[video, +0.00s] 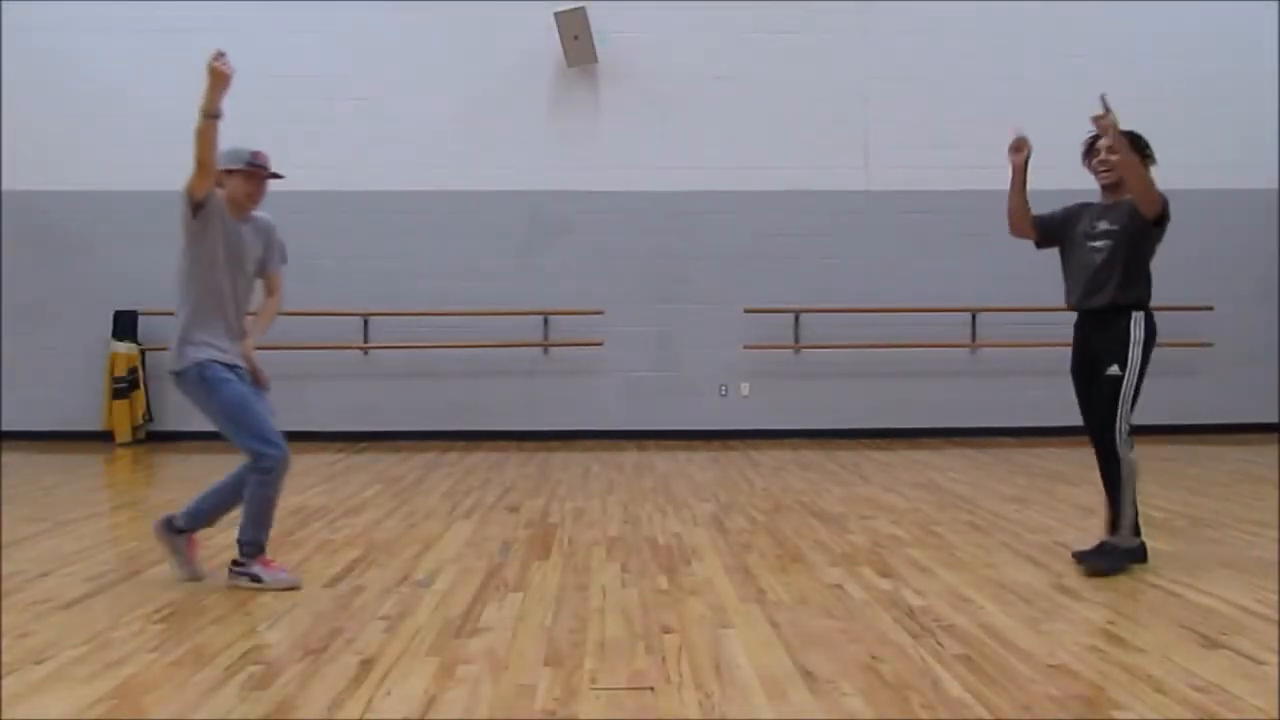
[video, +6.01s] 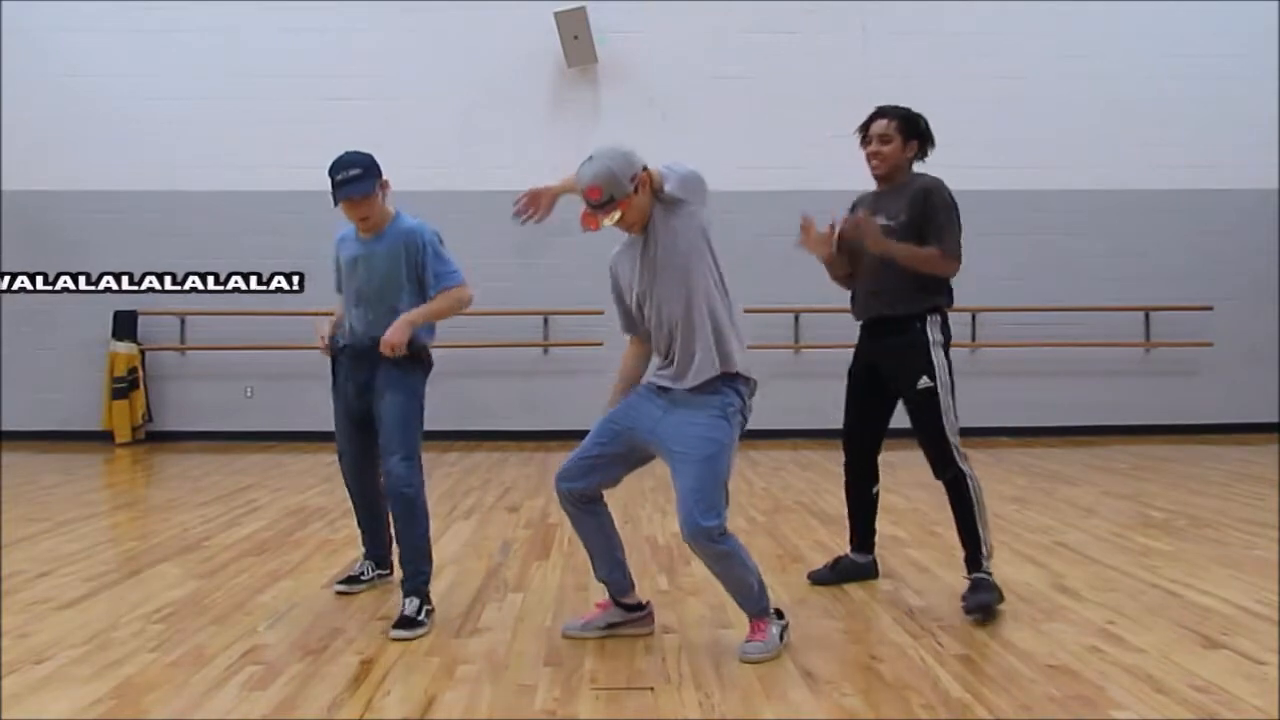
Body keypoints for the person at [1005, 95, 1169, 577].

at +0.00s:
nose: (1102, 158)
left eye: (1114, 150)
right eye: (1095, 152)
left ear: (1137, 161)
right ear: (1088, 166)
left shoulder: (1146, 212)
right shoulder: (1078, 216)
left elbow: (1146, 194)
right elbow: (1021, 227)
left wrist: (1116, 140)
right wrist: (1018, 170)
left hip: (1128, 325)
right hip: (1089, 327)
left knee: (1113, 429)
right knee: (1101, 433)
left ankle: (1126, 537)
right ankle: (1121, 533)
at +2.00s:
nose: (846, 172)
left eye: (854, 162)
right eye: (840, 163)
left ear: (881, 155)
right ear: (837, 160)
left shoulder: (904, 201)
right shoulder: (843, 206)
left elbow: (900, 273)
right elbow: (830, 273)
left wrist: (846, 243)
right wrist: (782, 248)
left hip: (883, 329)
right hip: (844, 331)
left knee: (885, 444)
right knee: (848, 442)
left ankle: (889, 555)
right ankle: (862, 546)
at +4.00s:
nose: (857, 132)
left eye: (867, 130)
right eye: (848, 129)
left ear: (882, 153)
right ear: (834, 152)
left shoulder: (900, 191)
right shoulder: (830, 203)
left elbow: (947, 244)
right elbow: (836, 267)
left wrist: (912, 283)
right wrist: (812, 243)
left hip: (886, 329)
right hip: (839, 331)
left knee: (892, 447)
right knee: (844, 446)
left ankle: (893, 557)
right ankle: (858, 551)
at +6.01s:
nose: (873, 150)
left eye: (884, 141)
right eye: (868, 142)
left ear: (912, 147)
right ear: (863, 151)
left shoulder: (931, 193)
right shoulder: (860, 207)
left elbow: (948, 261)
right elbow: (849, 277)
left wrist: (882, 245)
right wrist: (830, 253)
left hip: (921, 333)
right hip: (875, 336)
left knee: (944, 453)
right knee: (858, 450)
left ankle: (979, 572)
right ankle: (861, 555)